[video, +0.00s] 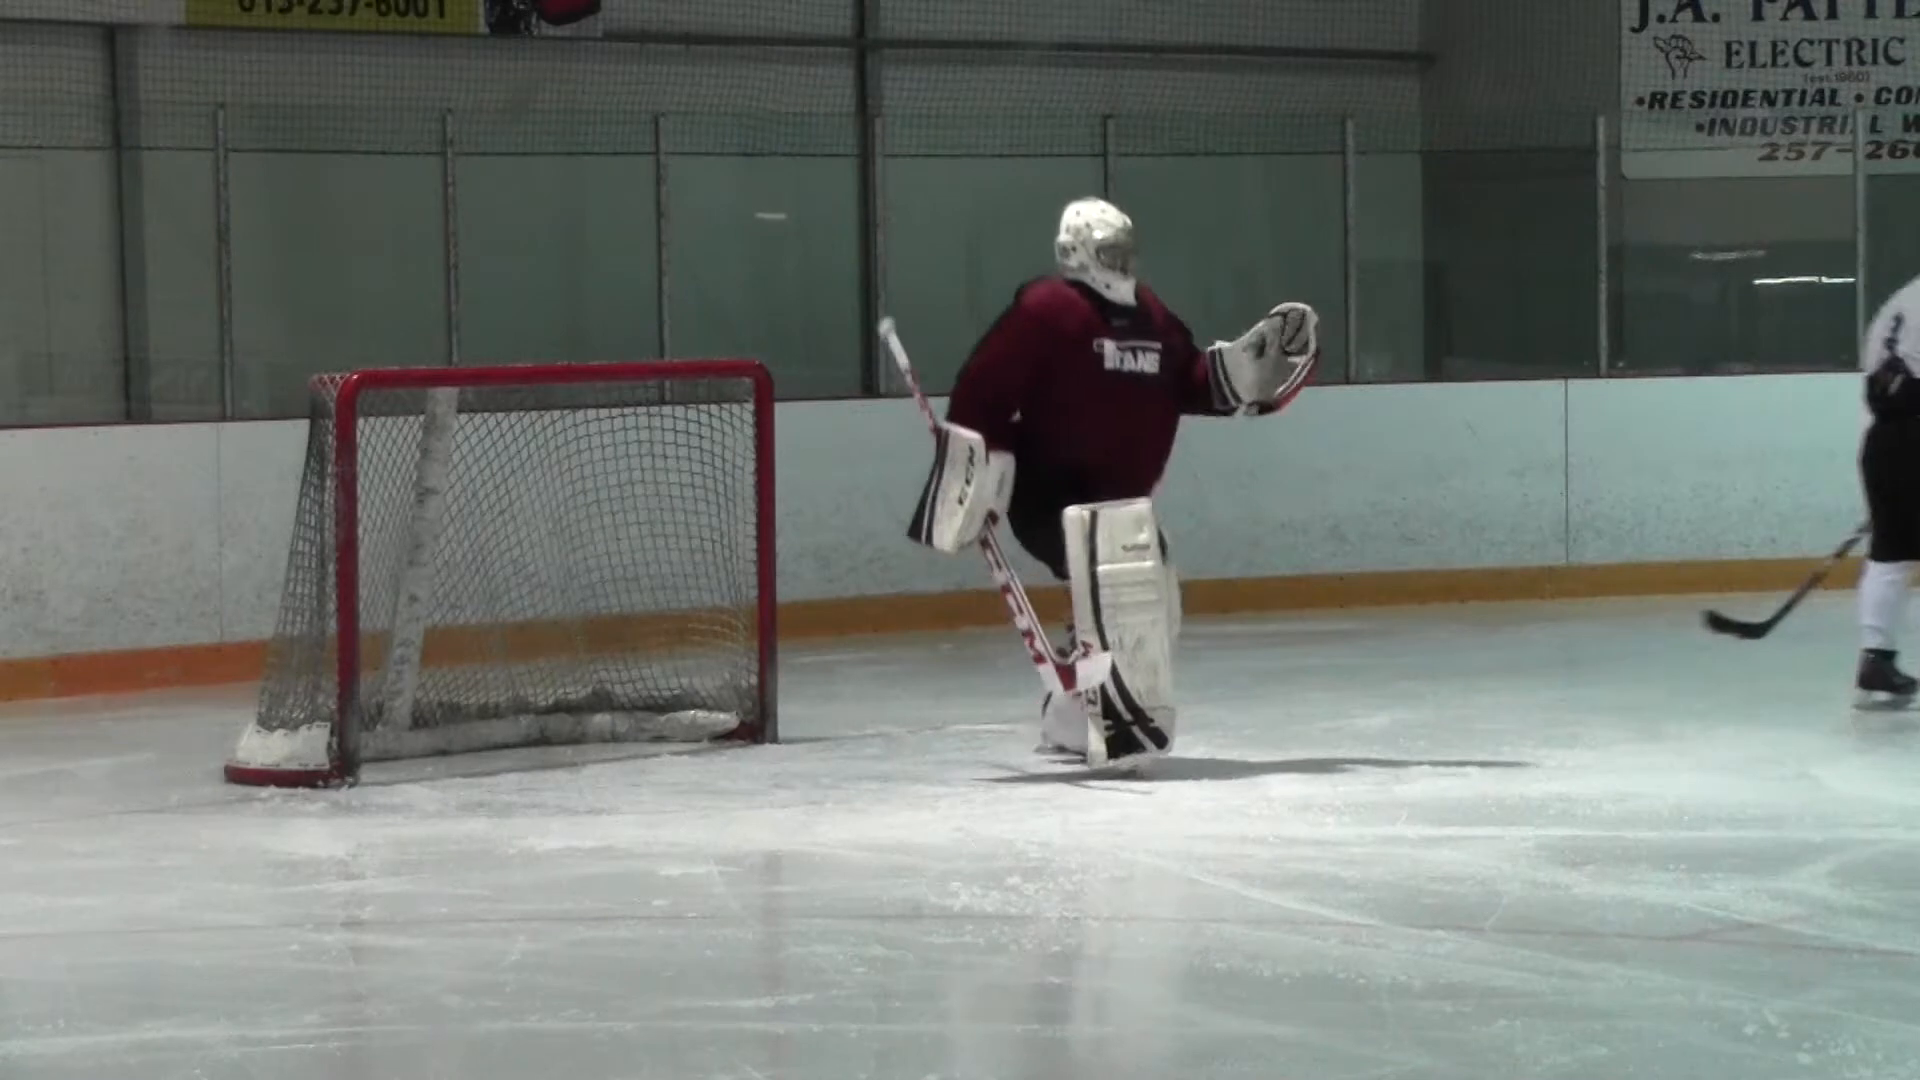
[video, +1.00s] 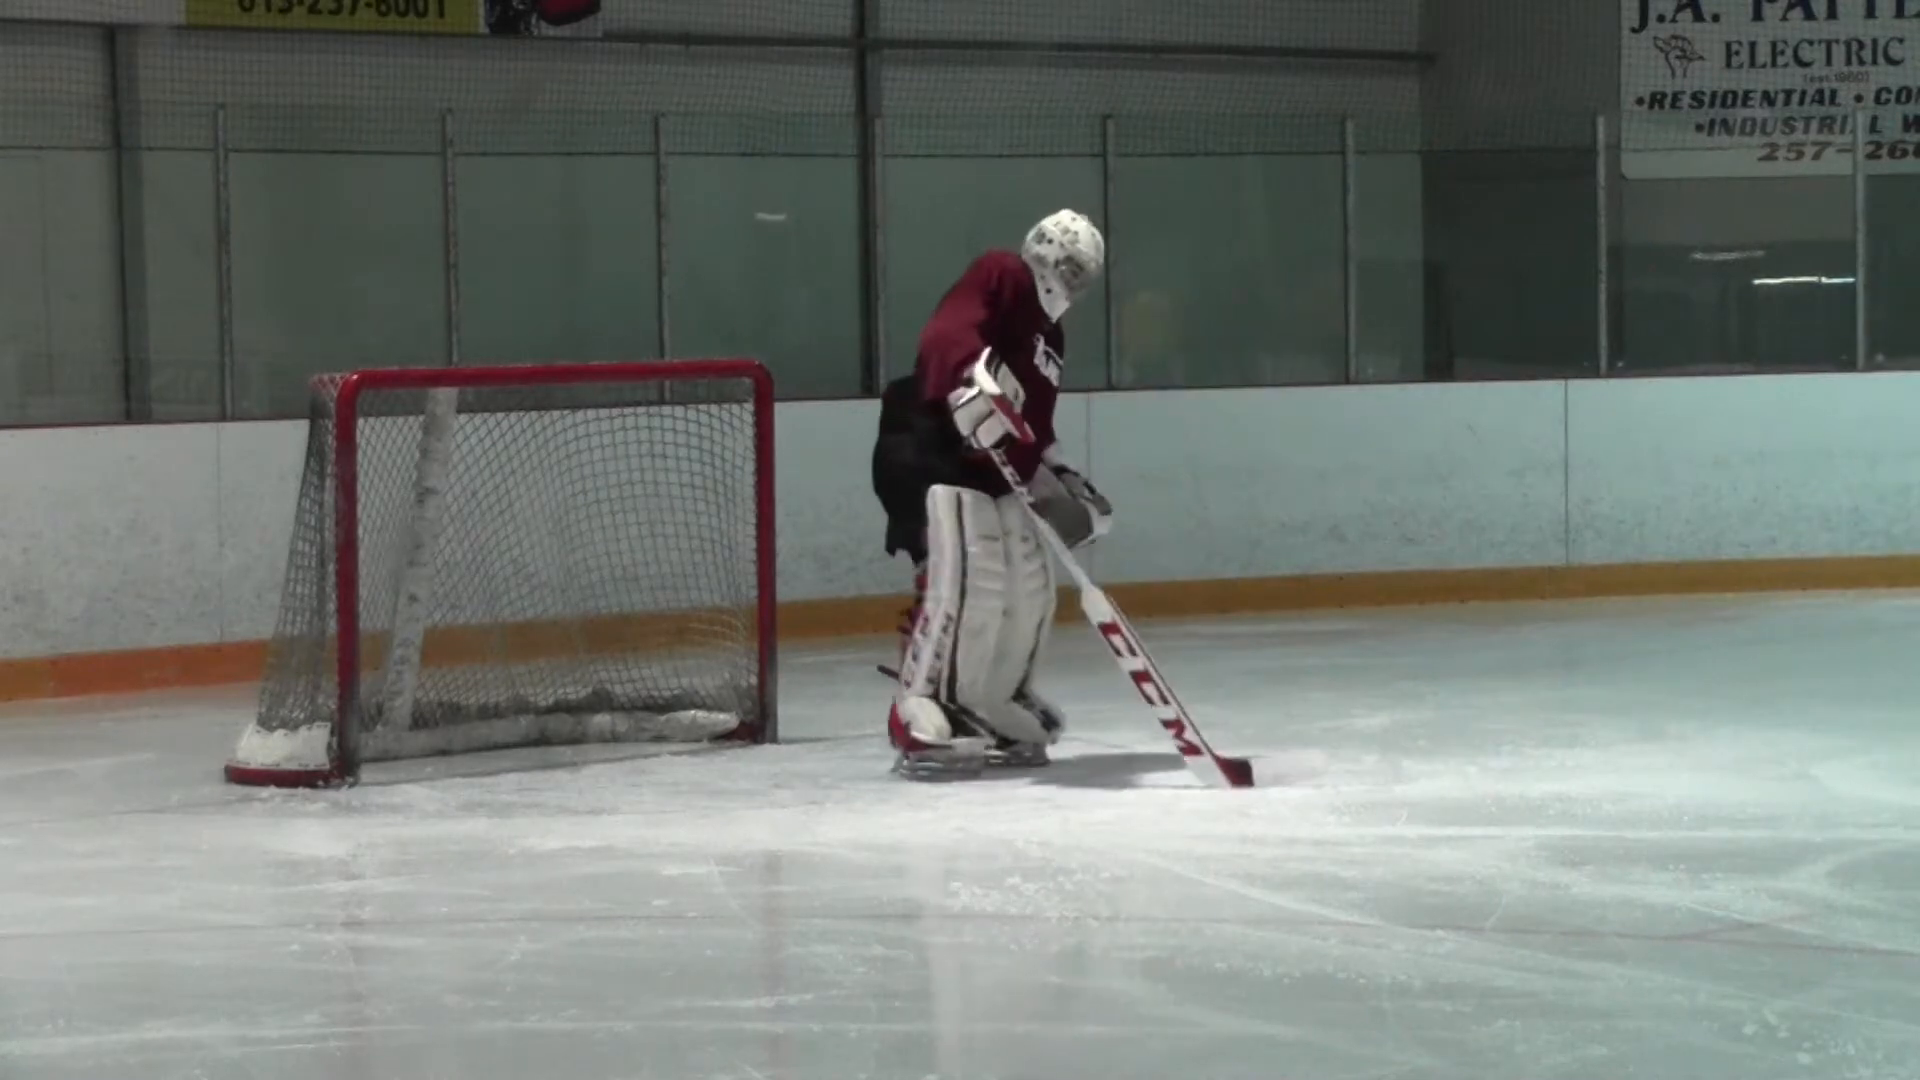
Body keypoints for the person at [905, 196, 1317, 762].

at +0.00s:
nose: (1119, 263)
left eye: (1122, 252)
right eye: (1110, 252)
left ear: (1073, 250)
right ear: (1089, 254)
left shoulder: (1151, 315)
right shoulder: (1046, 308)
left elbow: (1189, 381)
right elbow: (980, 392)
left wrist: (1256, 364)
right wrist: (969, 484)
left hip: (1122, 492)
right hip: (1047, 491)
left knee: (1143, 590)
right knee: (1114, 588)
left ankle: (1073, 717)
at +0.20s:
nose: (1097, 228)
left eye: (1102, 217)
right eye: (1084, 218)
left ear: (1109, 216)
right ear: (1051, 218)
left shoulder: (1110, 278)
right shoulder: (1024, 273)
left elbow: (1114, 367)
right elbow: (962, 363)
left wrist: (1175, 407)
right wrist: (966, 462)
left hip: (1094, 456)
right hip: (1030, 461)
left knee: (1131, 571)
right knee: (1068, 589)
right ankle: (1034, 720)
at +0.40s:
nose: (1082, 249)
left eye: (1089, 238)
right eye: (1072, 236)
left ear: (1096, 236)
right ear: (1041, 230)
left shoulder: (1086, 292)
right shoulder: (1008, 274)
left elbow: (1073, 393)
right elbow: (967, 366)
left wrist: (1115, 452)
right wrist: (987, 465)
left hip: (1075, 471)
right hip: (1022, 477)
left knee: (1142, 565)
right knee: (1038, 605)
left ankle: (1174, 687)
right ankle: (996, 728)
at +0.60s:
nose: (1085, 258)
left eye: (1093, 247)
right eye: (1078, 244)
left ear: (1099, 246)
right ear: (1047, 233)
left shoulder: (1077, 306)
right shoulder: (1007, 269)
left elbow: (1050, 400)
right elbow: (949, 348)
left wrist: (1079, 461)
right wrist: (940, 441)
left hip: (1050, 473)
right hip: (996, 472)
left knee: (1100, 578)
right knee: (1014, 597)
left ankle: (1098, 713)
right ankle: (982, 730)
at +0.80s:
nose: (1087, 282)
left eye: (1097, 273)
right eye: (1084, 266)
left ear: (1098, 266)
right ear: (1060, 248)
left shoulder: (1070, 321)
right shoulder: (1009, 275)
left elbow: (1036, 413)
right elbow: (947, 357)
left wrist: (1054, 477)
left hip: (1017, 481)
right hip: (952, 472)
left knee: (1057, 587)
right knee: (989, 591)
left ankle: (1025, 703)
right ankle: (955, 721)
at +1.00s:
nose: (1065, 289)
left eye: (1077, 281)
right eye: (1062, 272)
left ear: (1082, 278)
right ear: (1041, 255)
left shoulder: (1050, 335)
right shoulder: (1000, 273)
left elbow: (1032, 425)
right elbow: (947, 335)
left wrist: (1054, 475)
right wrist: (973, 395)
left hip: (1012, 483)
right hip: (962, 475)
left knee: (1030, 595)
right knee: (974, 594)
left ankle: (995, 701)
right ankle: (942, 709)